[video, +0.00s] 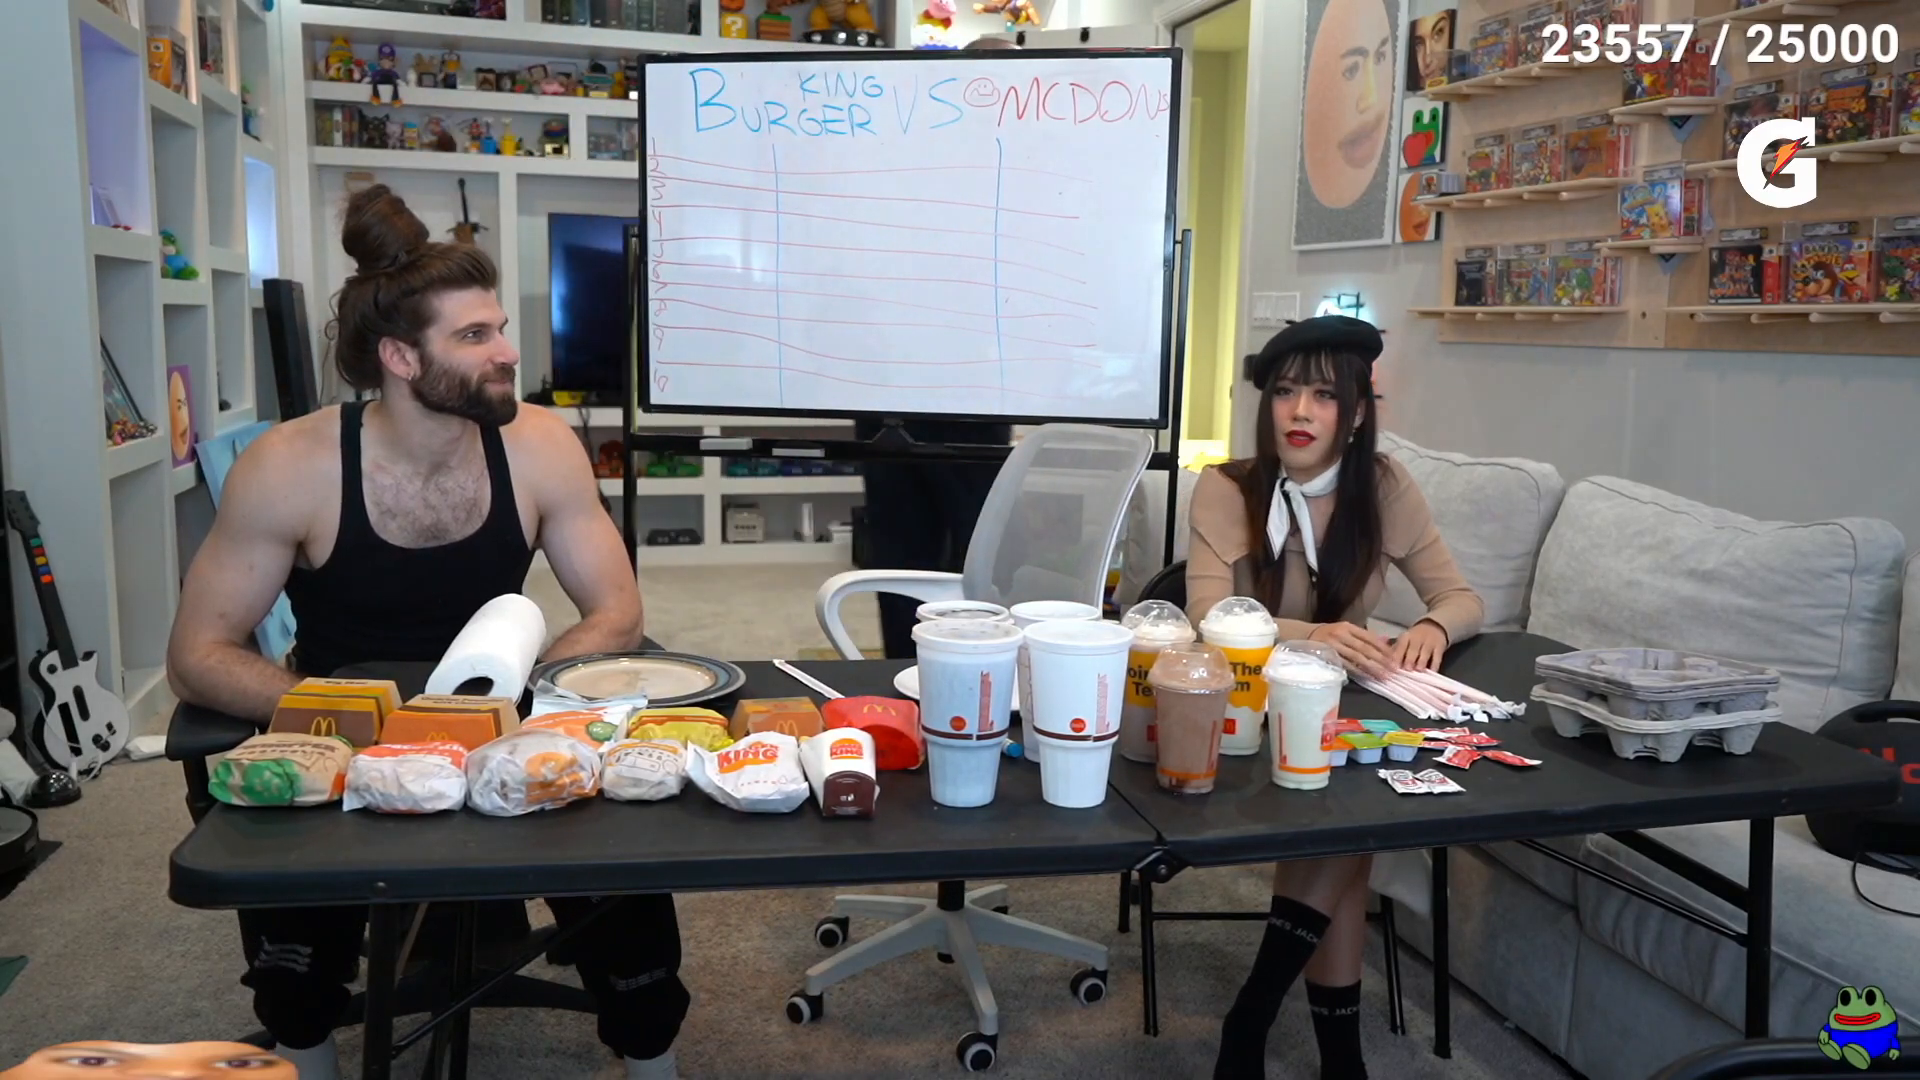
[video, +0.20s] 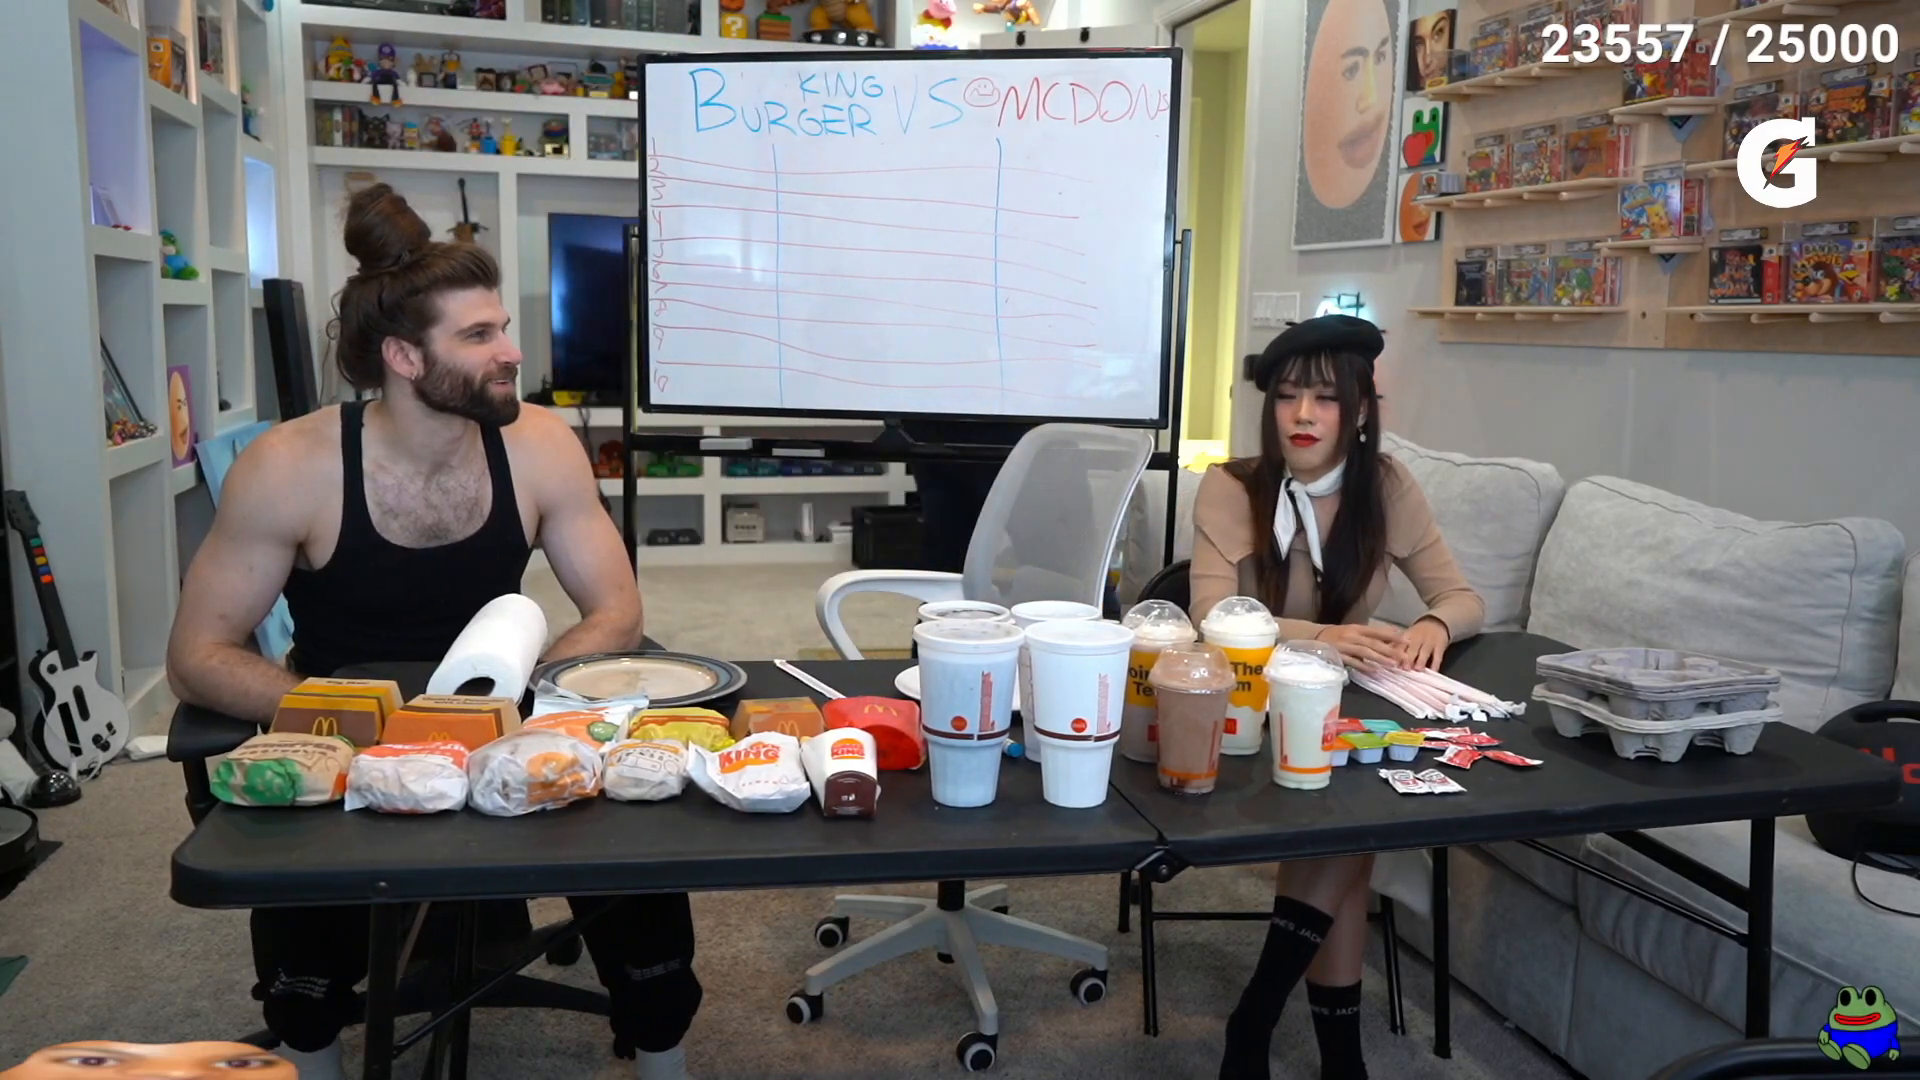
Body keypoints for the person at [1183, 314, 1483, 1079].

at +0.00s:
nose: (1300, 411)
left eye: (1323, 395)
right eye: (1287, 391)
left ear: (1358, 412)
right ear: (1265, 401)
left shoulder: (1383, 486)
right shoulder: (1225, 491)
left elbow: (1462, 598)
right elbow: (1210, 624)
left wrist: (1434, 624)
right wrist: (1310, 633)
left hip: (1341, 708)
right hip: (1244, 711)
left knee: (1344, 817)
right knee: (1351, 831)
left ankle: (1247, 1025)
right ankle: (1343, 1062)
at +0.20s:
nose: (1302, 415)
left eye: (1325, 398)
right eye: (1288, 395)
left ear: (1361, 412)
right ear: (1268, 404)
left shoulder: (1386, 486)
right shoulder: (1231, 489)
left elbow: (1464, 598)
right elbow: (1214, 619)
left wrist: (1435, 622)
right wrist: (1317, 634)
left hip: (1341, 708)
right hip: (1245, 711)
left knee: (1346, 818)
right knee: (1351, 834)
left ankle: (1252, 1023)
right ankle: (1343, 1064)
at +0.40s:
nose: (1301, 414)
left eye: (1324, 397)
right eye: (1287, 394)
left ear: (1359, 412)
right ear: (1266, 402)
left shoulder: (1383, 485)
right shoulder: (1228, 490)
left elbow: (1463, 598)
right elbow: (1213, 619)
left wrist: (1433, 625)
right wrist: (1318, 635)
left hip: (1340, 708)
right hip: (1242, 712)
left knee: (1350, 817)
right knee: (1351, 833)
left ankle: (1250, 1024)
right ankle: (1343, 1063)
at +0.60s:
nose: (1299, 414)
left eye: (1322, 397)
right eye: (1285, 394)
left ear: (1357, 411)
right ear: (1263, 403)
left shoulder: (1382, 485)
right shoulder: (1225, 491)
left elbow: (1463, 598)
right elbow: (1211, 621)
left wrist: (1432, 624)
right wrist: (1317, 635)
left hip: (1341, 707)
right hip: (1243, 711)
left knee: (1343, 820)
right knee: (1351, 835)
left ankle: (1247, 1025)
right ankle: (1343, 1063)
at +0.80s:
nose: (1297, 414)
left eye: (1320, 397)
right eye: (1283, 394)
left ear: (1354, 412)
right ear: (1261, 402)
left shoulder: (1381, 484)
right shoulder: (1225, 488)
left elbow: (1463, 598)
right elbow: (1210, 618)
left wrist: (1432, 624)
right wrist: (1314, 634)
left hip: (1343, 703)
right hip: (1245, 707)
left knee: (1344, 819)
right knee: (1351, 836)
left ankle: (1247, 1024)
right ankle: (1343, 1063)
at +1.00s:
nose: (1296, 414)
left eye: (1319, 396)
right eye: (1282, 394)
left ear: (1354, 411)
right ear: (1262, 403)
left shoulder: (1381, 484)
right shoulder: (1225, 487)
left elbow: (1464, 598)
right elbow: (1210, 617)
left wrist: (1432, 624)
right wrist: (1314, 634)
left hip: (1343, 702)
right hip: (1245, 706)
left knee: (1345, 819)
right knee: (1351, 834)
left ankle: (1247, 1025)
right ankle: (1343, 1063)